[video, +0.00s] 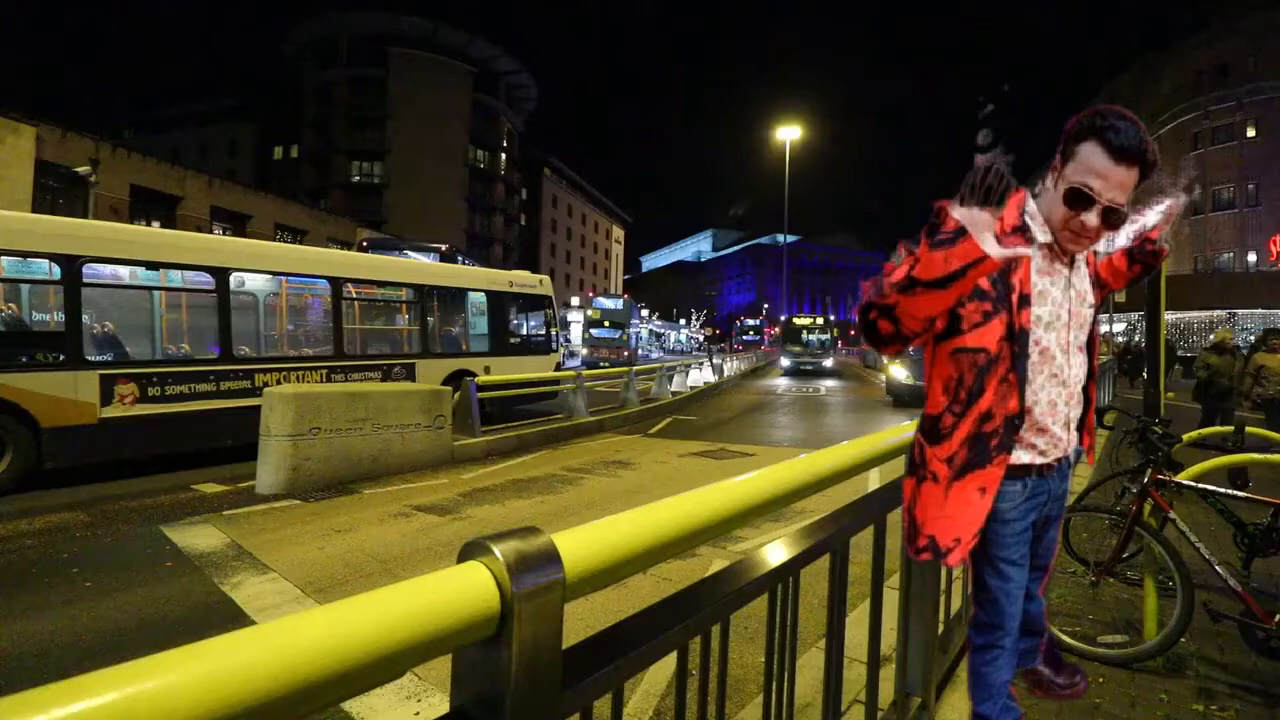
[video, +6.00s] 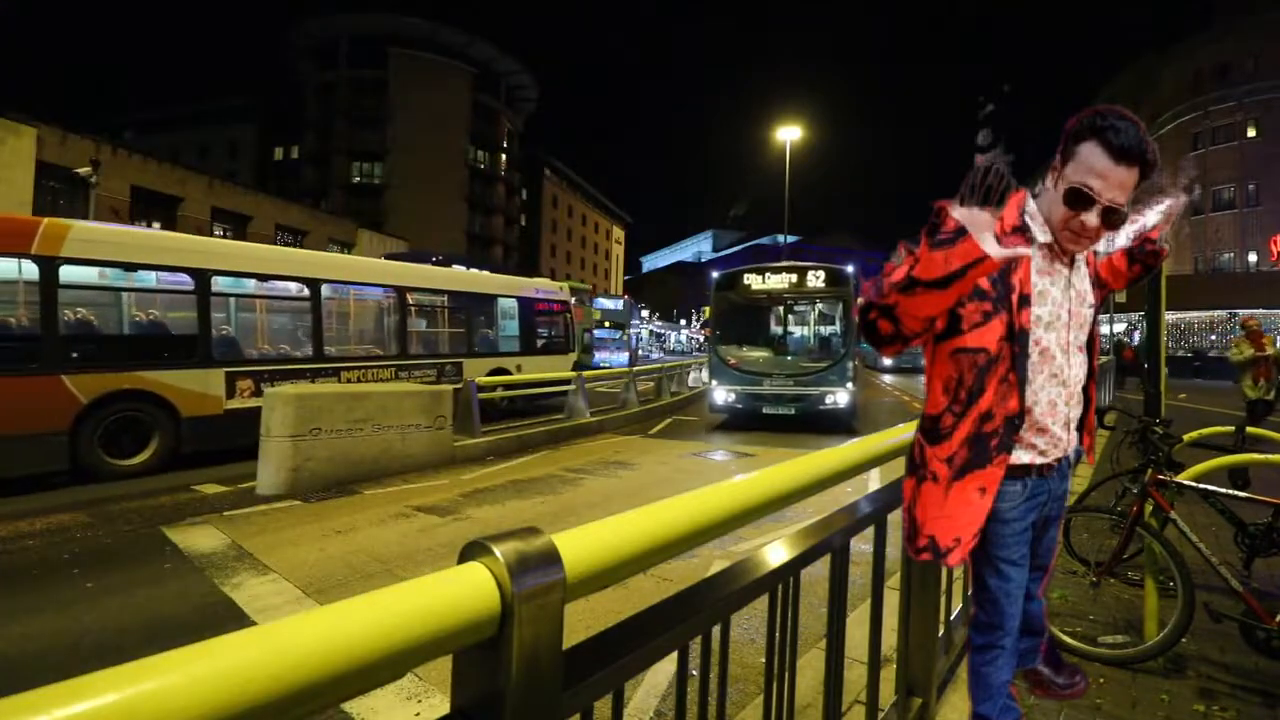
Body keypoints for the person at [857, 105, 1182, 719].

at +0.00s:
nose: (1089, 222)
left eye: (1110, 212)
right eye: (1080, 197)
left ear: (1123, 211)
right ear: (1052, 171)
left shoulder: (1084, 263)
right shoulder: (985, 241)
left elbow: (1115, 271)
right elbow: (882, 326)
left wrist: (1151, 240)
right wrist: (966, 244)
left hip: (1057, 466)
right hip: (999, 473)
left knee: (1035, 580)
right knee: (1000, 611)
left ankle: (1028, 658)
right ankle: (993, 709)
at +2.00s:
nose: (1089, 222)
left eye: (1109, 212)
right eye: (1080, 197)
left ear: (1123, 211)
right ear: (1052, 171)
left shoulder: (1083, 263)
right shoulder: (982, 241)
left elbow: (1111, 274)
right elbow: (882, 328)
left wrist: (1150, 241)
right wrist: (963, 246)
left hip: (1057, 468)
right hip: (1000, 474)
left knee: (1034, 581)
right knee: (1000, 612)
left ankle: (1028, 659)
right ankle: (994, 709)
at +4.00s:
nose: (1089, 222)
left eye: (1109, 212)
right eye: (1080, 198)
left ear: (1123, 211)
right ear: (1052, 171)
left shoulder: (1084, 264)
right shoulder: (985, 242)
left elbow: (1116, 271)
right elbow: (883, 327)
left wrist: (1151, 240)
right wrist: (962, 245)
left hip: (1057, 467)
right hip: (1000, 474)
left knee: (1035, 581)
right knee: (1000, 611)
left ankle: (1028, 659)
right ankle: (994, 709)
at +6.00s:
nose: (1089, 222)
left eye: (1110, 212)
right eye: (1079, 198)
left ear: (1123, 212)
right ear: (1052, 172)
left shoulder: (1083, 264)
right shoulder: (986, 243)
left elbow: (1107, 276)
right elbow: (882, 328)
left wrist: (1150, 241)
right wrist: (960, 245)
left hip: (1057, 467)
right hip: (1000, 476)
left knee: (1034, 582)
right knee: (1000, 614)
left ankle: (1027, 659)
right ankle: (993, 710)